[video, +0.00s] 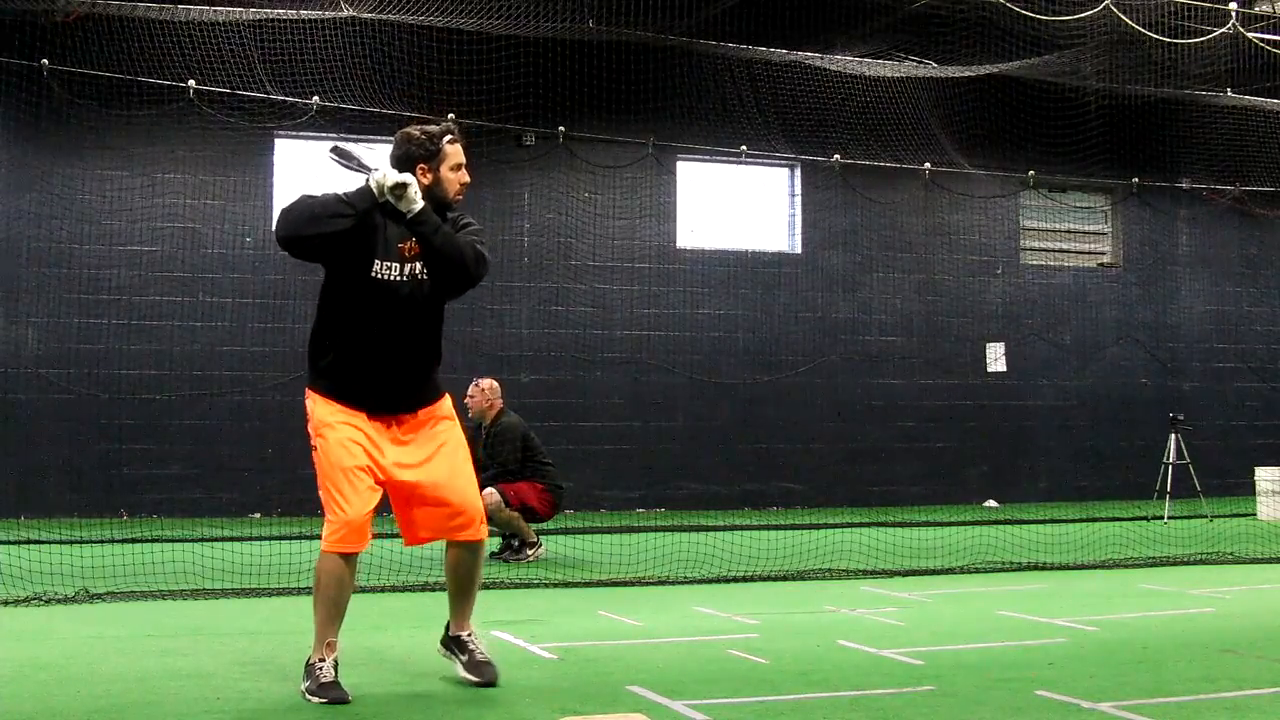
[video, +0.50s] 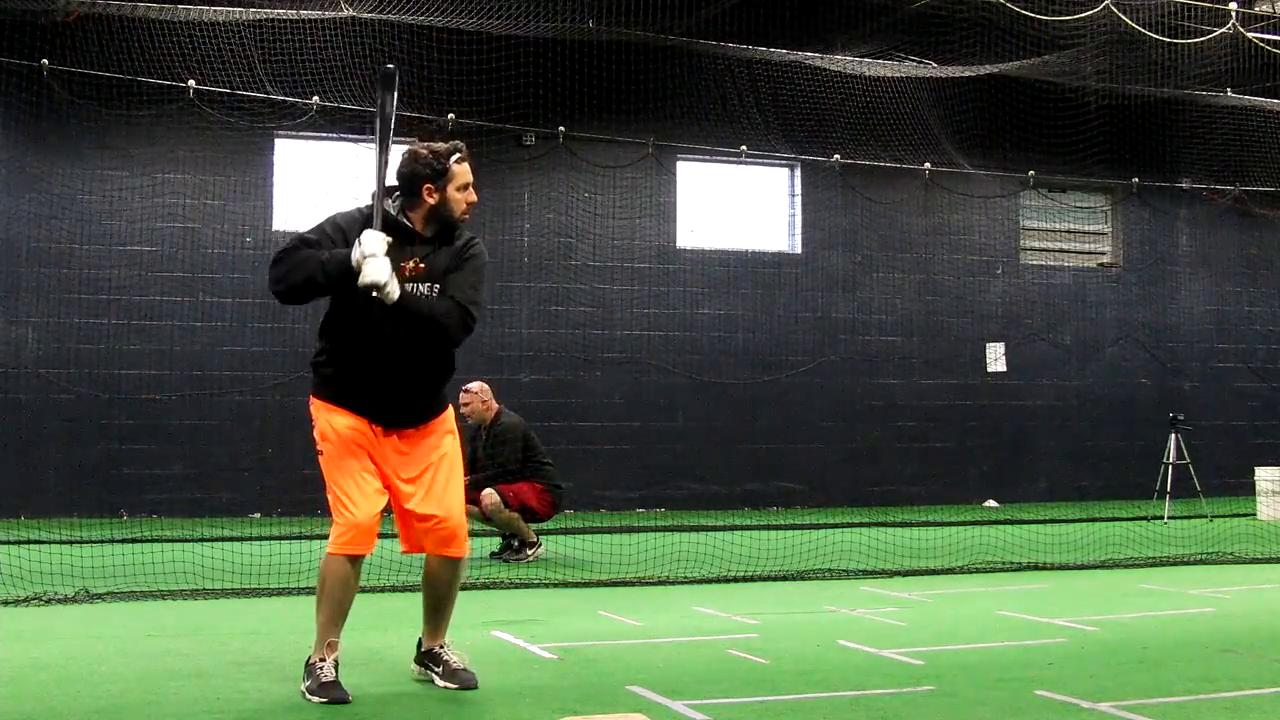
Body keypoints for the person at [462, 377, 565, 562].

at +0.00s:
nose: (466, 402)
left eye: (471, 397)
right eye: (466, 397)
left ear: (489, 402)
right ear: (487, 403)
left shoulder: (507, 426)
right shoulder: (483, 428)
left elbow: (507, 471)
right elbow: (483, 467)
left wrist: (471, 486)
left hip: (542, 491)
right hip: (518, 488)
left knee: (489, 499)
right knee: (470, 497)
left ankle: (531, 541)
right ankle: (511, 536)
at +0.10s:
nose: (465, 403)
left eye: (470, 398)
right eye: (466, 398)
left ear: (487, 402)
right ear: (485, 403)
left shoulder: (508, 426)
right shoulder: (479, 429)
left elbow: (507, 471)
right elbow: (476, 467)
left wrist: (471, 488)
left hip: (542, 491)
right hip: (514, 488)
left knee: (490, 499)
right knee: (467, 497)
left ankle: (531, 541)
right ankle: (511, 536)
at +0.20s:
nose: (465, 405)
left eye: (470, 400)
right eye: (465, 400)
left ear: (488, 401)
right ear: (486, 402)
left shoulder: (509, 425)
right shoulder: (477, 430)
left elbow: (507, 472)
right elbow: (475, 470)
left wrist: (470, 484)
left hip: (542, 491)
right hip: (510, 488)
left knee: (489, 499)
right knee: (463, 501)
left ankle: (531, 541)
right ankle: (510, 535)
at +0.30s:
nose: (466, 407)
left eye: (470, 401)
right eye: (464, 402)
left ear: (489, 401)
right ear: (487, 402)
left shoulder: (508, 426)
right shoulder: (478, 431)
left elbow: (508, 473)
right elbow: (477, 470)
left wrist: (470, 482)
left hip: (541, 491)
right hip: (511, 488)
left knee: (489, 499)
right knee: (464, 502)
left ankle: (531, 541)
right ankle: (510, 535)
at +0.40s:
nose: (464, 410)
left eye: (468, 404)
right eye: (462, 405)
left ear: (487, 402)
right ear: (485, 403)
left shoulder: (508, 426)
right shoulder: (478, 431)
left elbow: (509, 473)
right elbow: (475, 470)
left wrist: (468, 482)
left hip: (542, 491)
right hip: (510, 489)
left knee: (489, 499)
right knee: (465, 503)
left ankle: (531, 540)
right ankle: (511, 535)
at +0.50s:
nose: (462, 411)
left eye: (466, 405)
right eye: (461, 406)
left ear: (486, 403)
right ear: (484, 404)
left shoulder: (508, 426)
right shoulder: (478, 431)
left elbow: (508, 473)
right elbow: (475, 472)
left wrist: (470, 482)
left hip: (542, 491)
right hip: (511, 490)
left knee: (490, 499)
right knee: (463, 503)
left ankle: (531, 540)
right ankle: (511, 534)